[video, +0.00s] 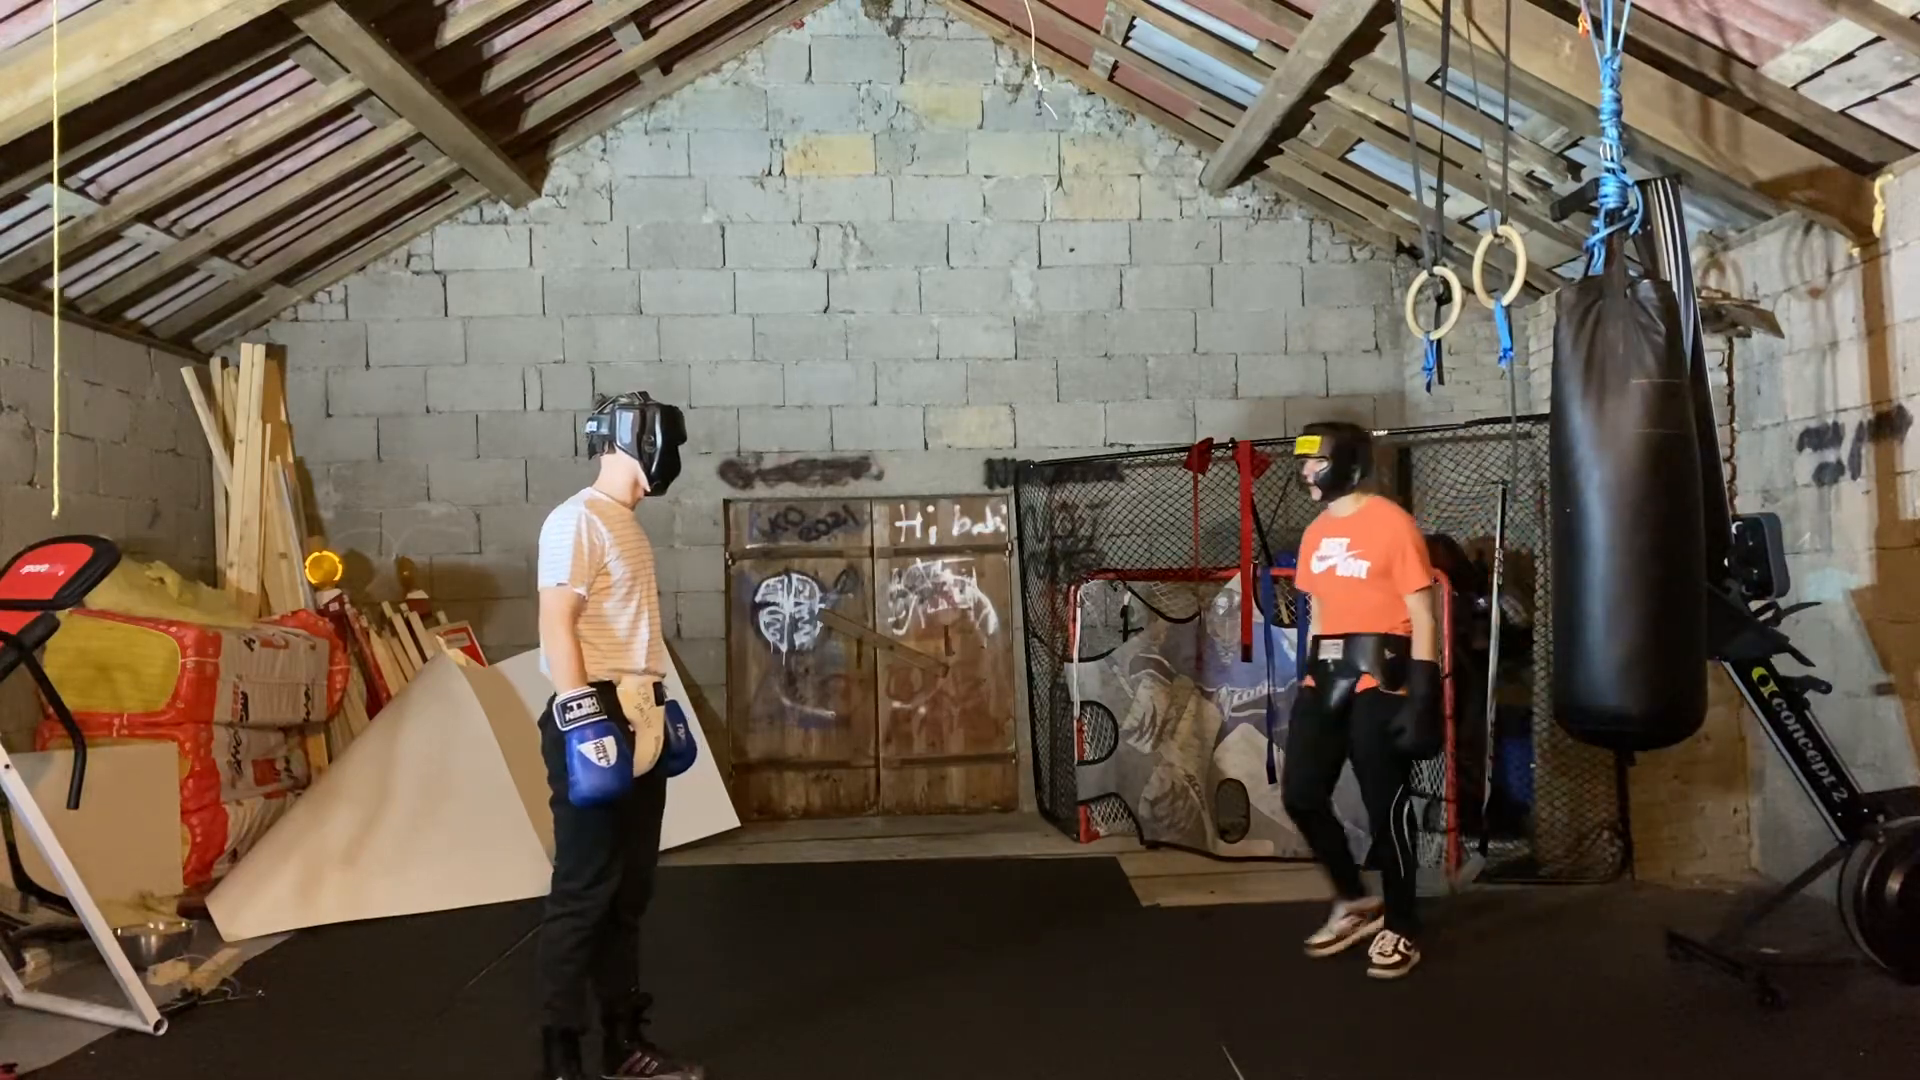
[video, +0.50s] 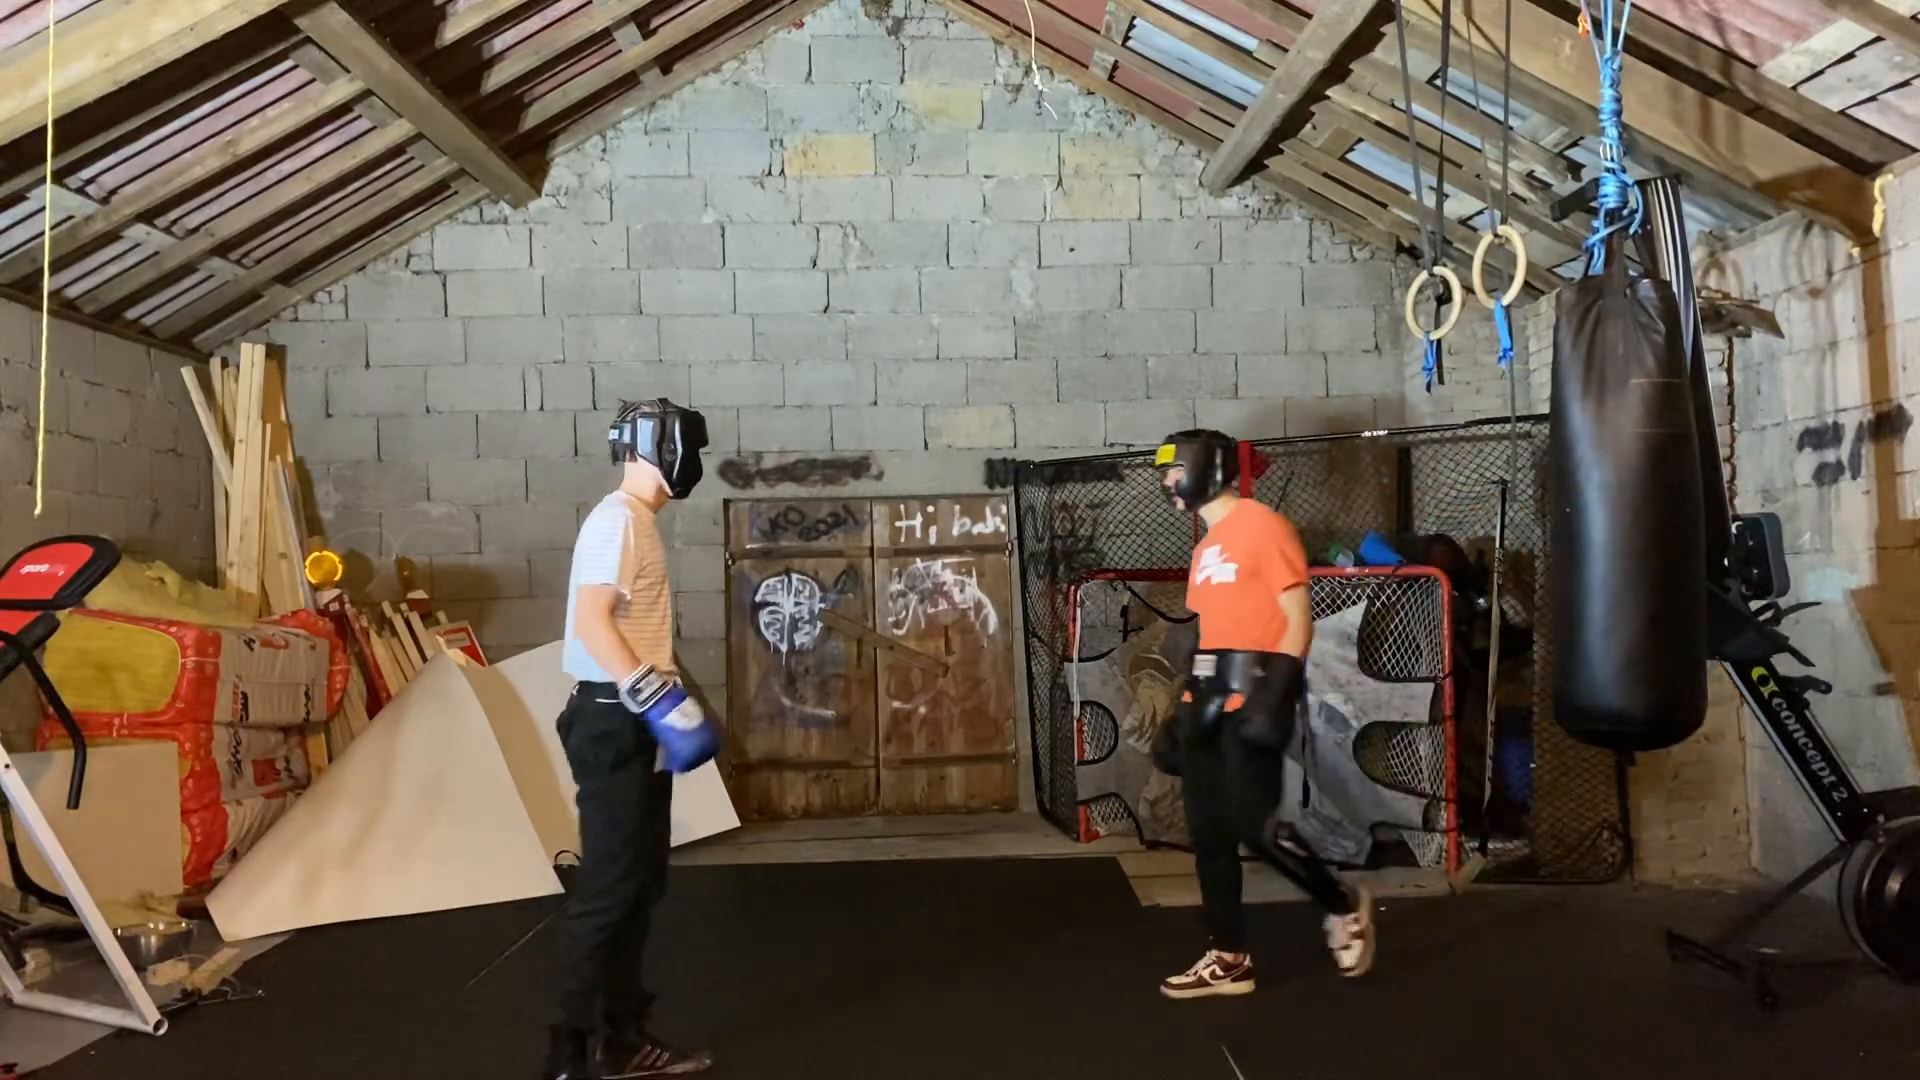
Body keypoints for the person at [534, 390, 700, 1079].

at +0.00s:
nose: (666, 468)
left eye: (668, 454)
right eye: (659, 452)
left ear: (634, 452)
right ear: (625, 446)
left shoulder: (628, 529)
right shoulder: (574, 520)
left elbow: (638, 625)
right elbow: (556, 623)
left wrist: (663, 705)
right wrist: (585, 718)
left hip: (639, 715)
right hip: (592, 718)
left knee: (628, 891)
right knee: (582, 893)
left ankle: (624, 1047)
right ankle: (562, 1060)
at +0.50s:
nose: (694, 466)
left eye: (693, 452)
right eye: (686, 452)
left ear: (643, 450)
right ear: (654, 450)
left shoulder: (637, 522)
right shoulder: (616, 520)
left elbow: (628, 622)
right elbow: (592, 617)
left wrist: (672, 702)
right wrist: (660, 698)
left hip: (635, 714)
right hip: (609, 715)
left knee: (640, 879)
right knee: (611, 883)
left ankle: (623, 1042)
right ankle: (571, 1055)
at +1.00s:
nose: (731, 480)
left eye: (732, 466)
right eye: (728, 466)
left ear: (677, 457)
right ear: (707, 459)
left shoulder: (649, 520)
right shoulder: (676, 520)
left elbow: (686, 613)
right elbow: (698, 609)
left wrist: (758, 596)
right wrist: (783, 578)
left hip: (638, 710)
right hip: (674, 714)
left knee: (647, 875)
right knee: (729, 869)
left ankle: (623, 1043)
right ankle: (761, 1027)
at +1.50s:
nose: (854, 499)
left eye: (855, 486)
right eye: (852, 486)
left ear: (801, 475)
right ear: (832, 485)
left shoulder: (774, 529)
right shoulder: (782, 543)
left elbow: (786, 612)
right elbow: (745, 633)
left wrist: (842, 594)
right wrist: (827, 644)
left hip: (761, 707)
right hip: (782, 713)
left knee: (784, 856)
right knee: (812, 860)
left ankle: (682, 978)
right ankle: (796, 1019)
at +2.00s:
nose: (936, 498)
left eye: (937, 488)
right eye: (932, 488)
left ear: (881, 485)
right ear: (915, 490)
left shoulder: (860, 534)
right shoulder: (887, 537)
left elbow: (892, 608)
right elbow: (871, 610)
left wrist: (930, 570)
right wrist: (948, 641)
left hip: (868, 704)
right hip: (879, 707)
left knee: (917, 837)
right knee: (919, 842)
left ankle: (899, 974)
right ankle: (813, 990)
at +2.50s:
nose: (1012, 502)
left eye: (1017, 487)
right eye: (999, 493)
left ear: (1024, 482)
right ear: (970, 495)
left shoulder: (1022, 540)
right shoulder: (950, 555)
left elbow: (1052, 623)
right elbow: (938, 651)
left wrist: (1029, 582)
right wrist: (1013, 653)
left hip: (1009, 705)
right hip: (973, 711)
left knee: (966, 836)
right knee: (1040, 841)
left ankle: (905, 958)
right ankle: (1052, 1014)